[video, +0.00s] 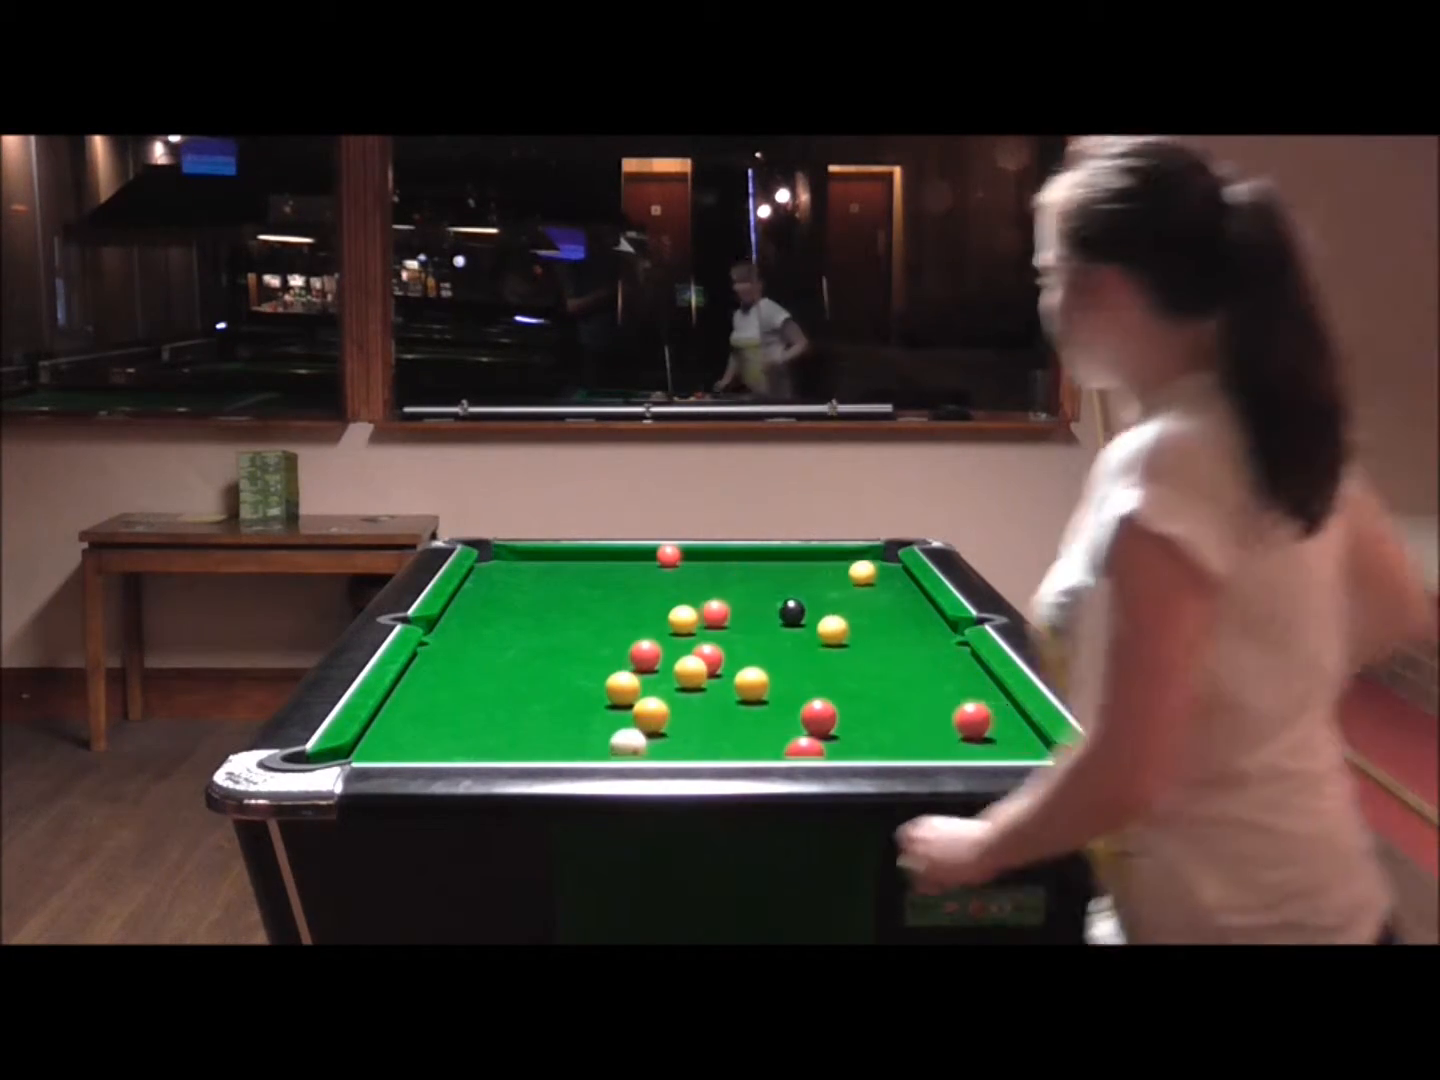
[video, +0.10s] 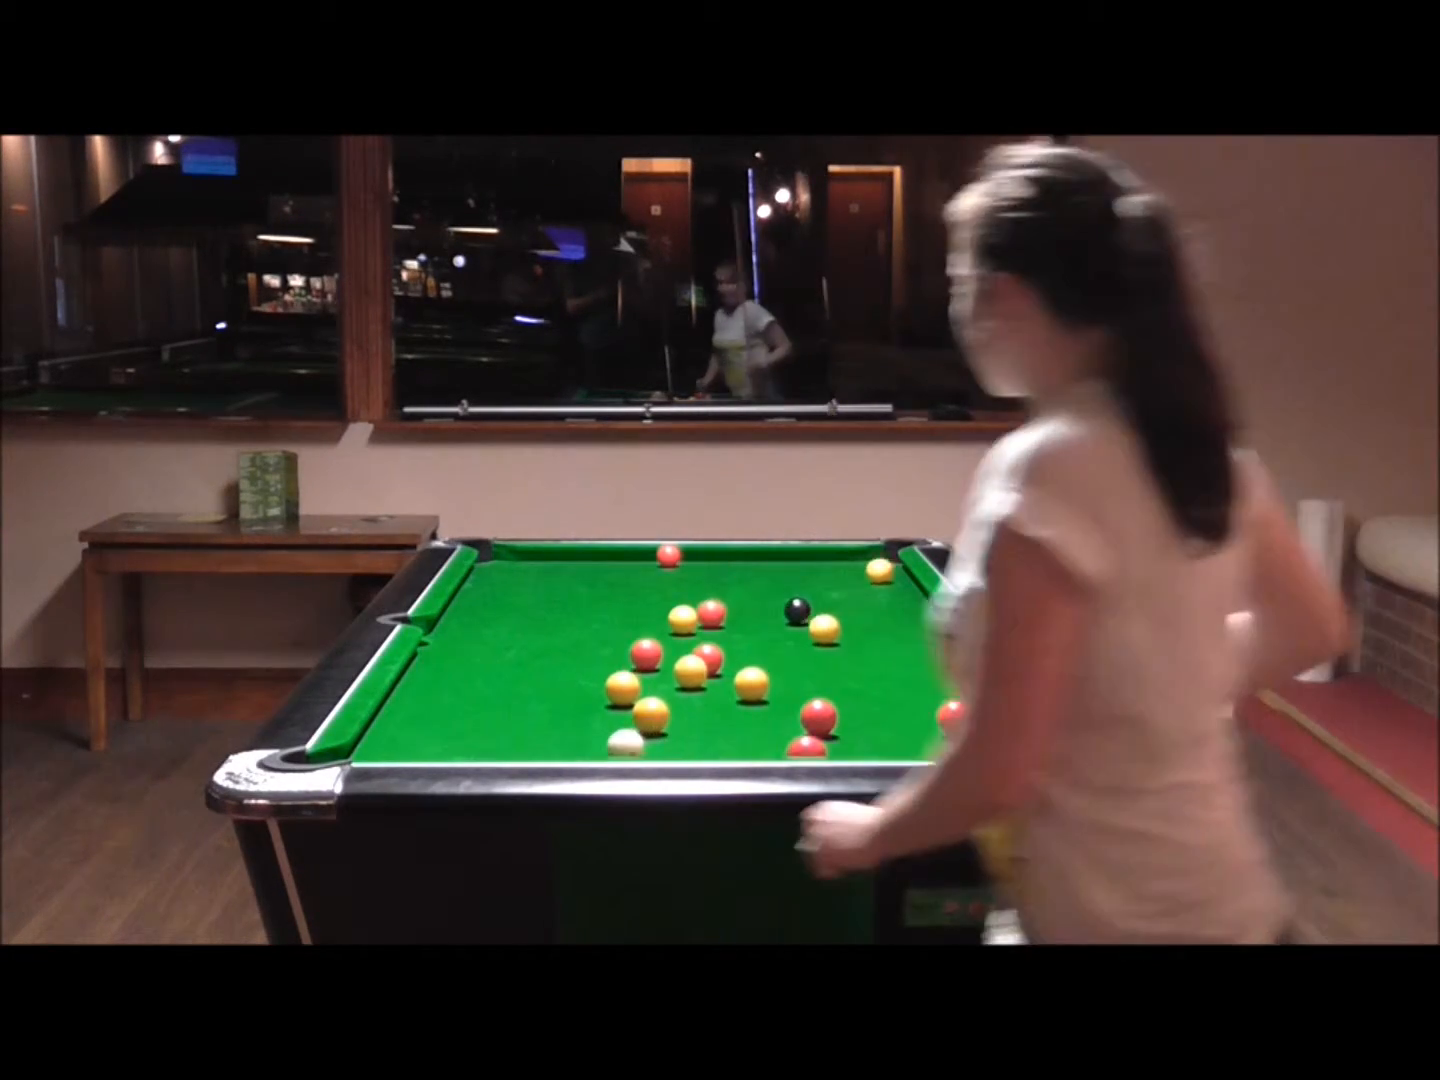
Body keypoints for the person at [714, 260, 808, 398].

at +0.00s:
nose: (738, 288)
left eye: (744, 282)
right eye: (736, 283)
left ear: (758, 285)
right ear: (734, 286)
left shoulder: (768, 309)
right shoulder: (738, 315)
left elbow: (800, 342)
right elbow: (736, 354)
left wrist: (780, 358)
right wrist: (726, 380)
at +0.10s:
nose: (721, 289)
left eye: (727, 283)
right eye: (719, 283)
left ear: (741, 286)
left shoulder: (751, 311)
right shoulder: (720, 315)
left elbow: (784, 345)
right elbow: (718, 354)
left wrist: (764, 361)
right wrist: (707, 380)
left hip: (760, 395)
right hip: (736, 395)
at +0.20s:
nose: (701, 287)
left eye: (707, 282)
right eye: (697, 282)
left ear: (718, 286)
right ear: (692, 285)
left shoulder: (725, 309)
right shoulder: (692, 313)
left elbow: (758, 347)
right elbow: (690, 352)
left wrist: (735, 366)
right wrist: (681, 380)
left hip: (729, 394)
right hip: (700, 392)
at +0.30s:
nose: (684, 286)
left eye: (690, 281)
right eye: (680, 281)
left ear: (700, 283)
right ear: (674, 283)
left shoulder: (711, 308)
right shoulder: (672, 311)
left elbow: (740, 341)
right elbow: (668, 347)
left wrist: (720, 362)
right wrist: (667, 378)